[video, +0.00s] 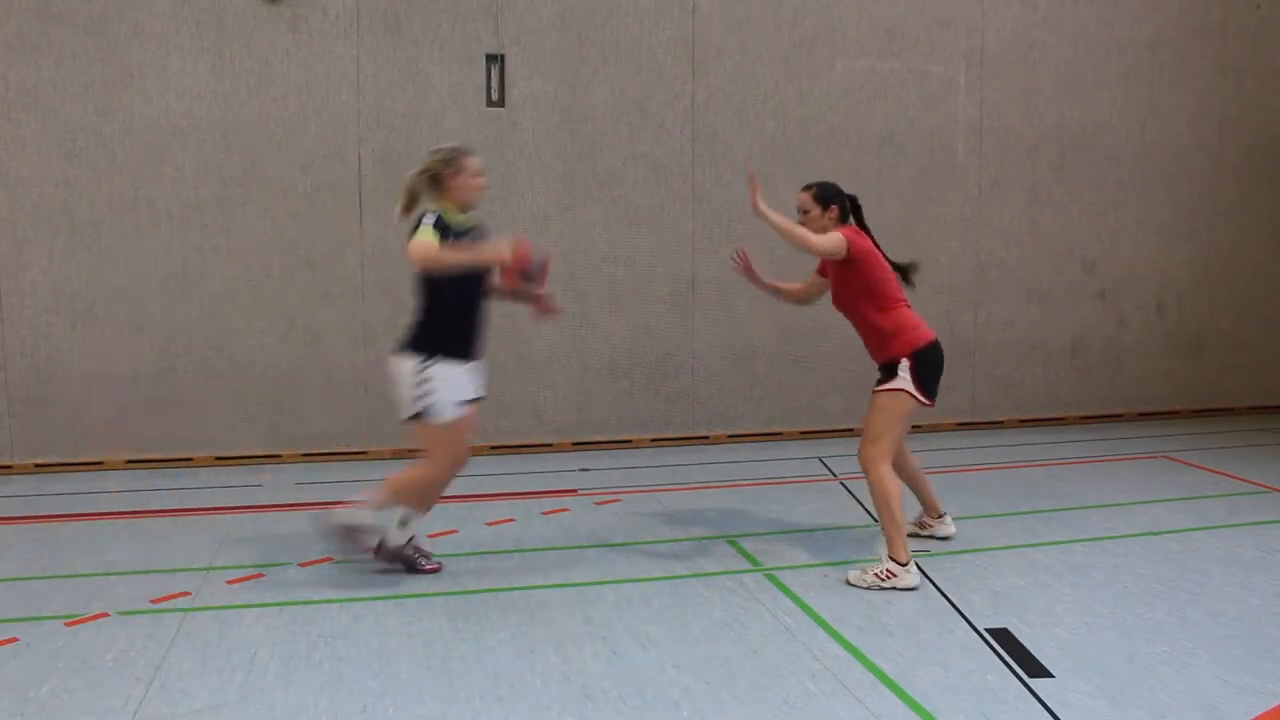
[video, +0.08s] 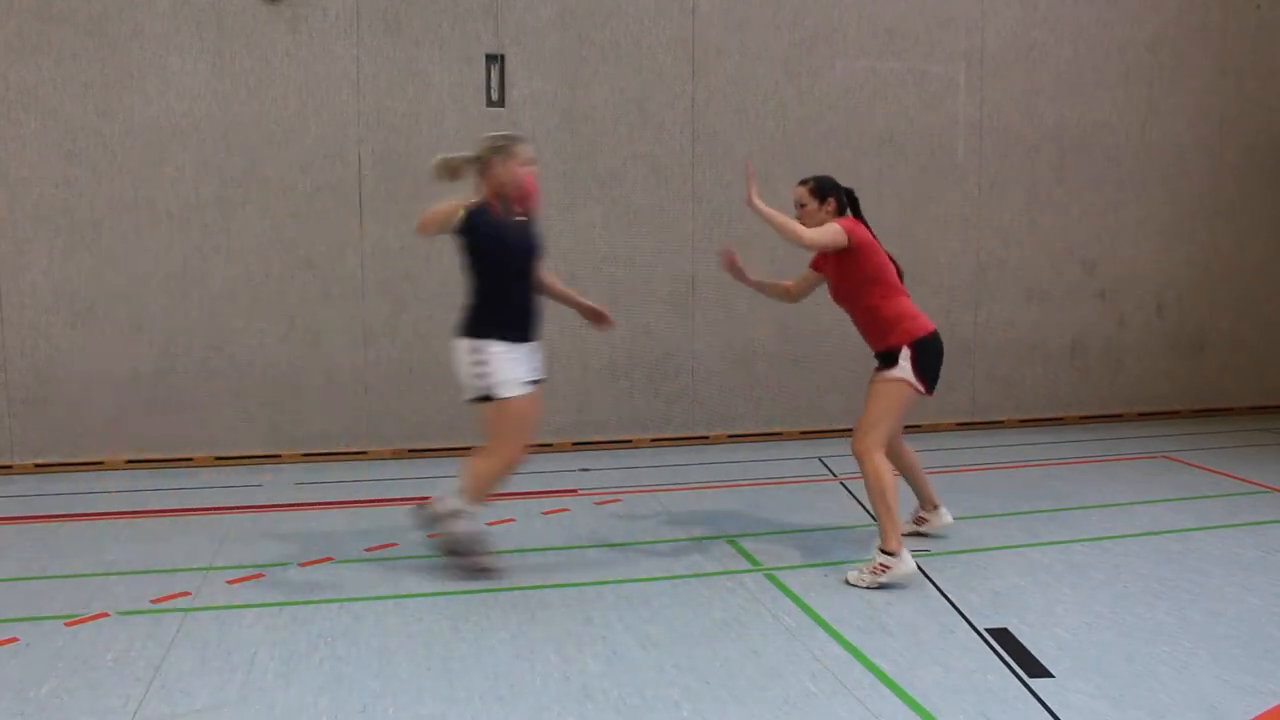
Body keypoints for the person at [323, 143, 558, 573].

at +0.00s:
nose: (482, 183)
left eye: (482, 175)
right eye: (474, 175)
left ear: (465, 182)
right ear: (447, 181)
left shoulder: (472, 230)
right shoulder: (433, 222)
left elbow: (477, 282)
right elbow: (421, 257)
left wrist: (525, 294)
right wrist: (494, 253)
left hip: (459, 360)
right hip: (428, 360)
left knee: (454, 455)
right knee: (445, 456)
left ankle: (398, 537)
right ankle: (361, 514)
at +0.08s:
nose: (531, 173)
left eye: (531, 165)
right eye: (522, 165)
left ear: (523, 172)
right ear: (494, 171)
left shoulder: (523, 219)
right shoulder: (475, 216)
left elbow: (536, 276)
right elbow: (426, 225)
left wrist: (582, 306)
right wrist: (469, 204)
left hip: (520, 344)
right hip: (487, 343)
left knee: (514, 444)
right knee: (508, 443)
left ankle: (450, 509)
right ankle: (457, 515)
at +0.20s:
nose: (615, 179)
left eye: (614, 172)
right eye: (606, 172)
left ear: (593, 179)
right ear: (582, 177)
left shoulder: (599, 222)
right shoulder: (560, 219)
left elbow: (588, 289)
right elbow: (507, 225)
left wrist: (623, 321)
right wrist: (484, 170)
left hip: (599, 352)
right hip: (561, 355)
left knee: (637, 427)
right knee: (575, 456)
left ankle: (618, 515)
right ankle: (530, 546)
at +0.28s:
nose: (662, 195)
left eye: (660, 187)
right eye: (653, 188)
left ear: (638, 195)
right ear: (629, 193)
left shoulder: (648, 239)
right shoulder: (611, 234)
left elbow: (643, 300)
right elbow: (562, 237)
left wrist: (663, 341)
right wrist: (528, 184)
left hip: (655, 364)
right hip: (619, 367)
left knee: (695, 435)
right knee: (600, 461)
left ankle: (721, 513)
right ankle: (532, 543)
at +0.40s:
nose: (719, 208)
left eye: (718, 200)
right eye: (712, 201)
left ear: (701, 207)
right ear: (687, 207)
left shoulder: (707, 246)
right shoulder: (678, 243)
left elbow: (704, 308)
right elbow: (657, 255)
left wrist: (729, 348)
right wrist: (626, 193)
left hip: (721, 369)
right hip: (685, 373)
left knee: (766, 440)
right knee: (677, 465)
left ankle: (751, 516)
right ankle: (596, 524)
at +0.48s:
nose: (745, 206)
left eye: (745, 199)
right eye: (738, 200)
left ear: (732, 207)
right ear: (713, 207)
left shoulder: (734, 251)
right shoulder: (708, 249)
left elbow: (738, 323)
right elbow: (696, 239)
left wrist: (777, 353)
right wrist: (682, 178)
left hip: (749, 366)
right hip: (717, 370)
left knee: (784, 439)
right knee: (709, 468)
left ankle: (753, 514)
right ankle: (625, 527)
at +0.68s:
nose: (793, 201)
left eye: (791, 194)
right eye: (785, 195)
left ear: (760, 207)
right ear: (764, 205)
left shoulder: (752, 245)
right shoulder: (761, 243)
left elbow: (729, 303)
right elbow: (781, 234)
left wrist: (748, 336)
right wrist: (770, 176)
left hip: (765, 365)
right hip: (750, 365)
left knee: (791, 446)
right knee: (752, 463)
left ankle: (753, 514)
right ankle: (657, 523)